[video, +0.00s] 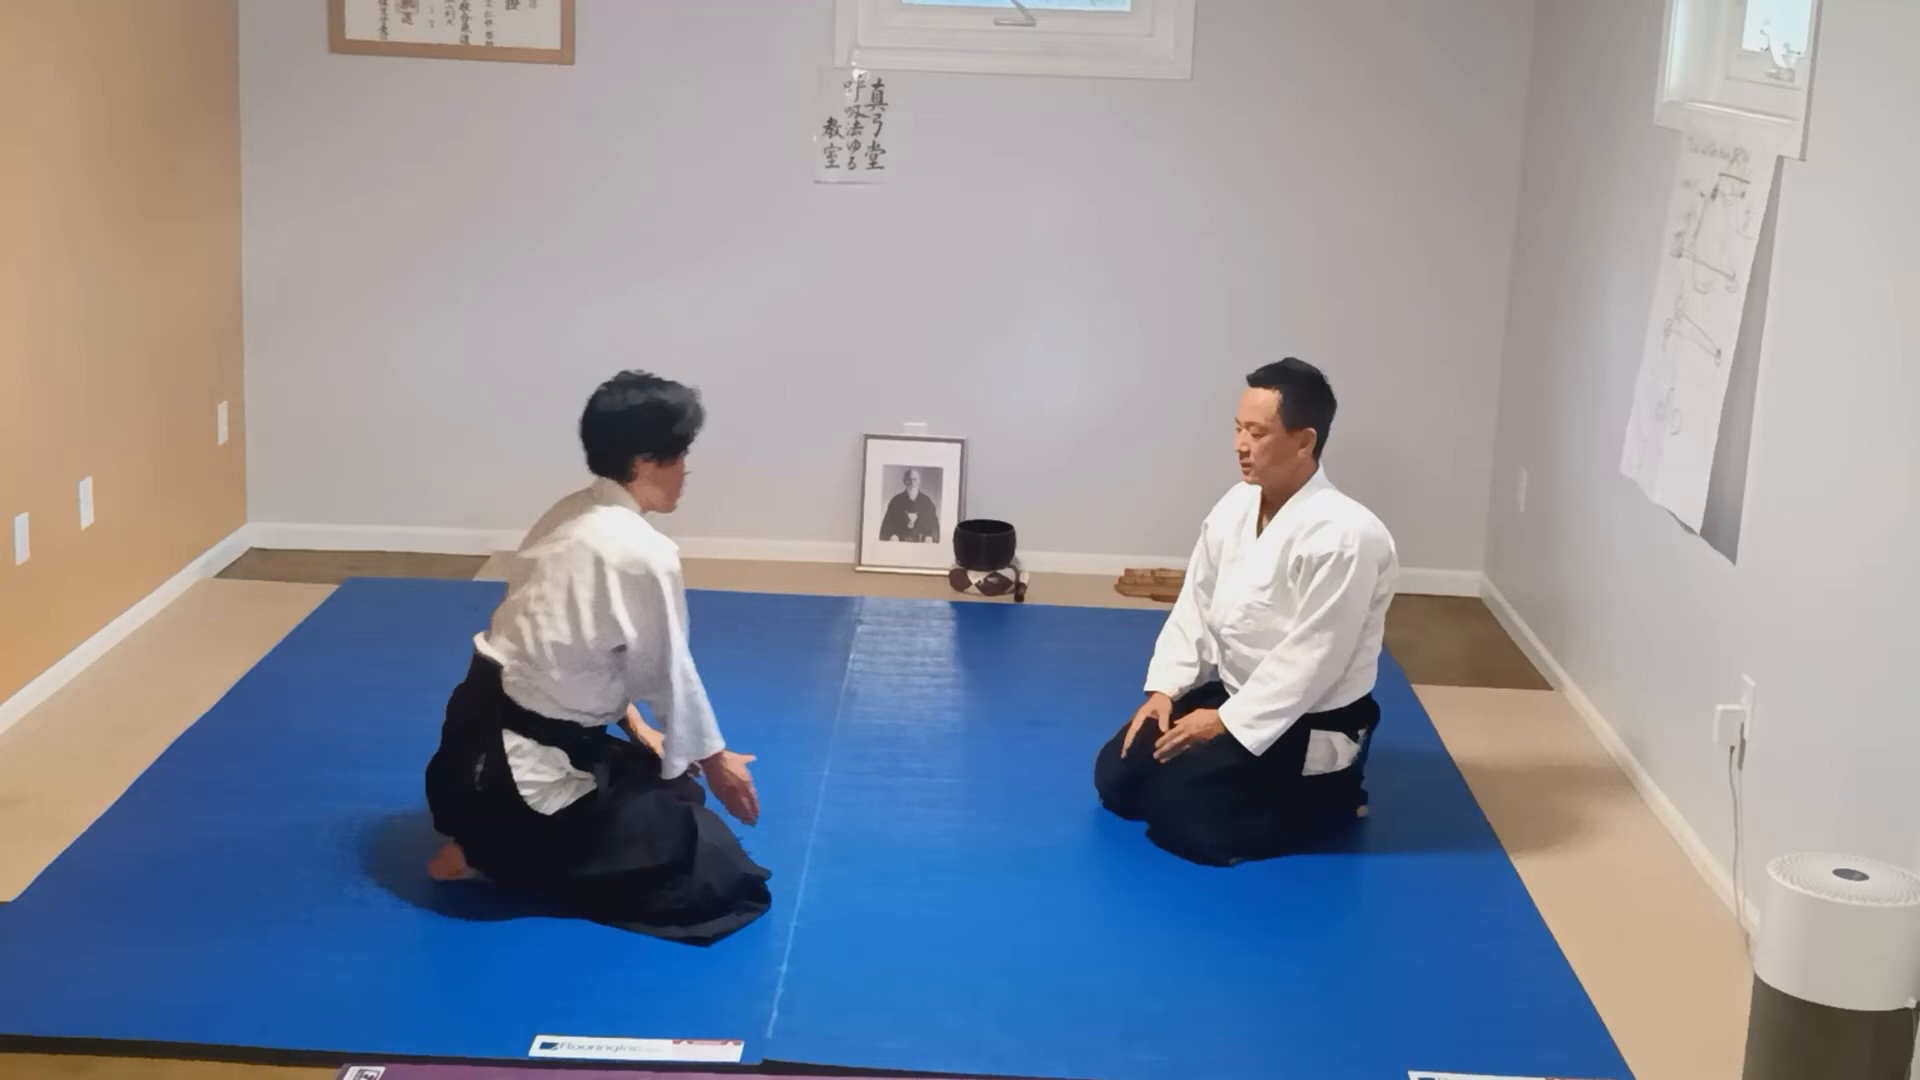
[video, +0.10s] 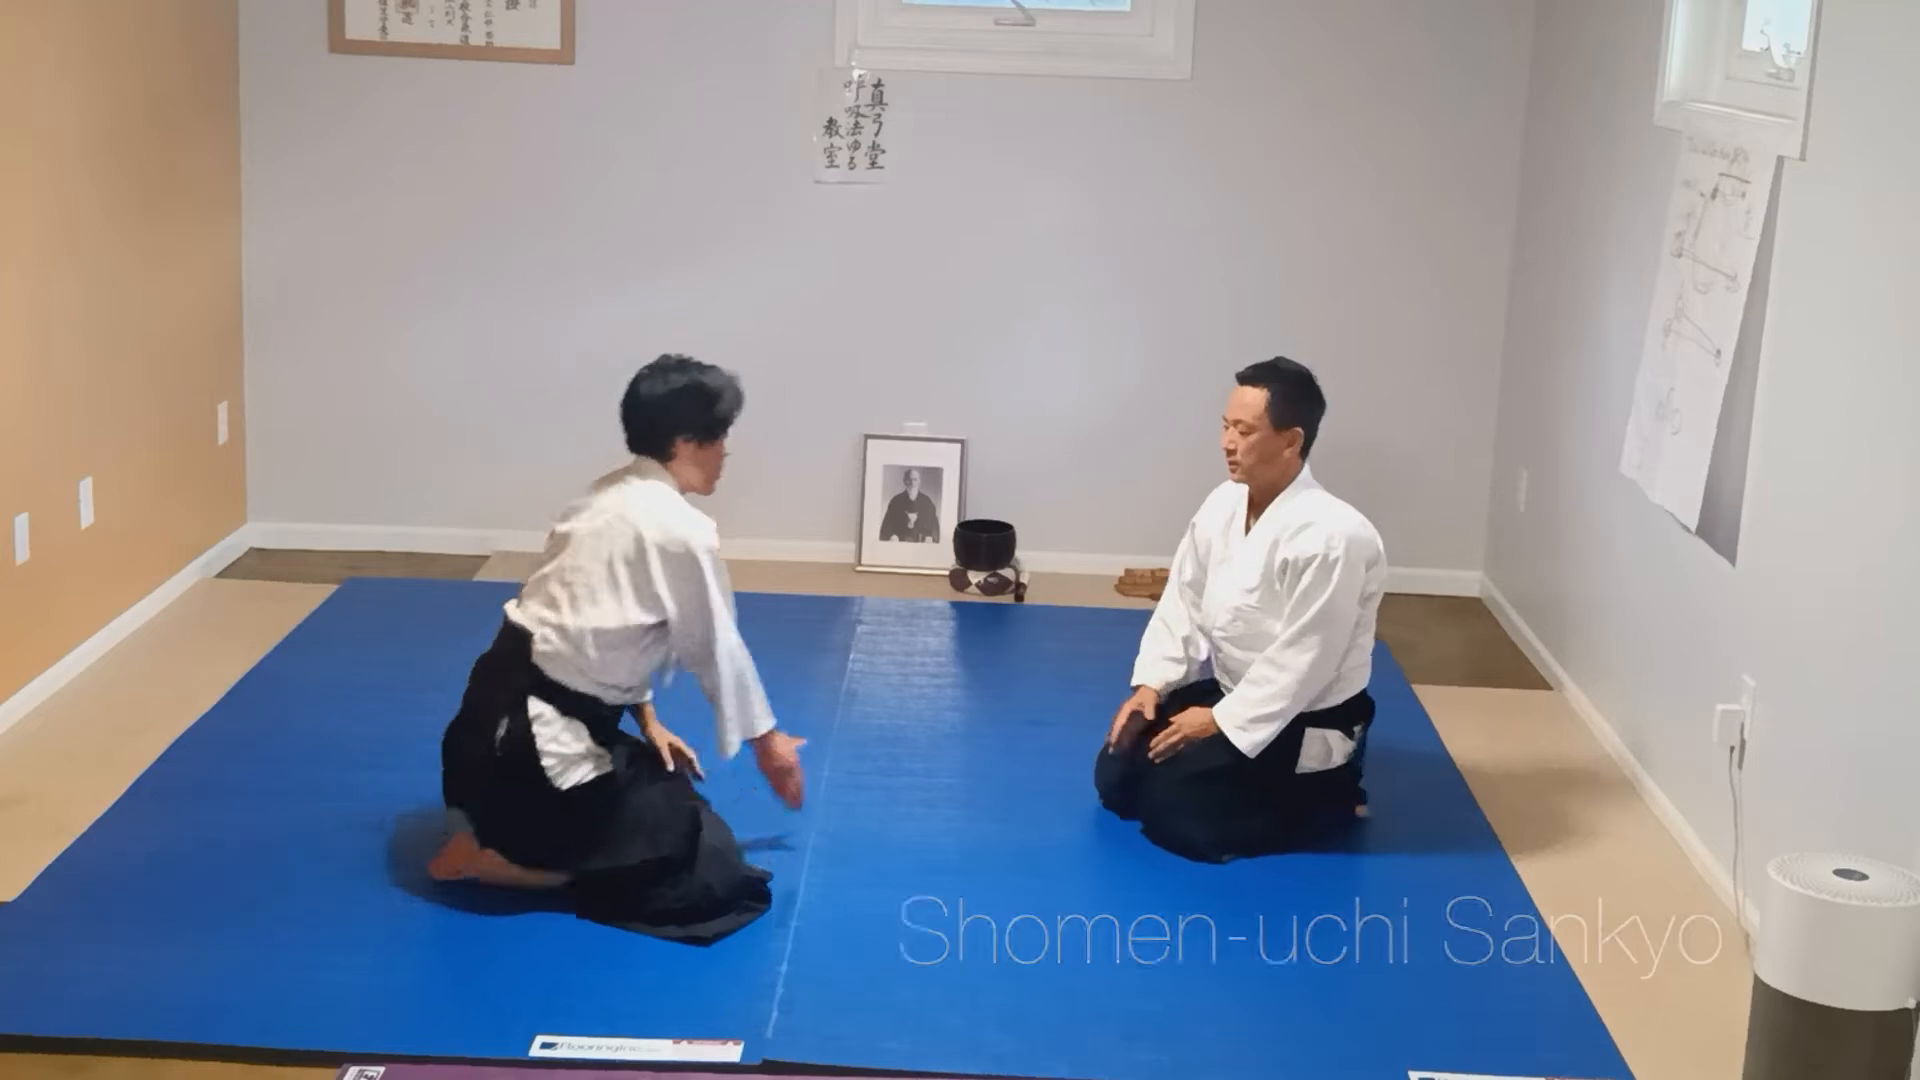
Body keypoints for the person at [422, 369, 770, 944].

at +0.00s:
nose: (687, 469)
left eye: (686, 454)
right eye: (680, 455)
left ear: (618, 463)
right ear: (644, 465)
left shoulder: (567, 513)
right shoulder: (643, 554)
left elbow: (583, 636)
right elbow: (672, 678)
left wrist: (637, 729)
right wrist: (715, 761)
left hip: (467, 754)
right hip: (520, 794)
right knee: (715, 869)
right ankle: (492, 859)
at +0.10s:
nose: (726, 451)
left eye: (724, 436)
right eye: (720, 438)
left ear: (662, 445)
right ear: (683, 445)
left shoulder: (607, 497)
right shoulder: (680, 529)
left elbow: (613, 622)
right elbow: (717, 649)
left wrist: (648, 722)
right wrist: (766, 737)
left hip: (484, 730)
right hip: (538, 758)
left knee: (666, 792)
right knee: (706, 862)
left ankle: (502, 832)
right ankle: (502, 865)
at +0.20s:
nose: (750, 417)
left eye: (750, 402)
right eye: (744, 401)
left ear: (677, 403)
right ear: (710, 407)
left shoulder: (624, 462)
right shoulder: (710, 485)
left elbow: (600, 588)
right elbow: (777, 587)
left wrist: (651, 689)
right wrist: (854, 655)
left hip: (506, 696)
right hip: (569, 710)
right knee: (697, 846)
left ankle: (499, 829)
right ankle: (526, 860)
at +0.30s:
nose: (762, 383)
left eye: (764, 367)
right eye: (758, 368)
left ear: (686, 363)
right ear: (724, 365)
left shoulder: (633, 425)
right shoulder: (731, 438)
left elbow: (601, 512)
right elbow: (838, 503)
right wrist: (934, 487)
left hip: (553, 636)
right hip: (618, 656)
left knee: (580, 771)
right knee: (692, 827)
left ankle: (487, 830)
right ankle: (528, 857)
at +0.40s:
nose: (781, 357)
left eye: (782, 341)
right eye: (777, 340)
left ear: (708, 333)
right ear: (743, 339)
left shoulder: (648, 407)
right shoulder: (751, 411)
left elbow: (624, 491)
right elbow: (876, 417)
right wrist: (892, 328)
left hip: (577, 623)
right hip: (649, 640)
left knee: (595, 781)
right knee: (728, 805)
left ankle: (505, 813)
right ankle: (569, 828)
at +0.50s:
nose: (801, 351)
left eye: (804, 334)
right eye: (798, 333)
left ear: (734, 328)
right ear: (759, 331)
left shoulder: (671, 395)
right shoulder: (767, 397)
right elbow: (886, 373)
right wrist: (860, 290)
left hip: (597, 621)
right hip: (665, 626)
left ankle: (523, 791)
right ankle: (638, 790)